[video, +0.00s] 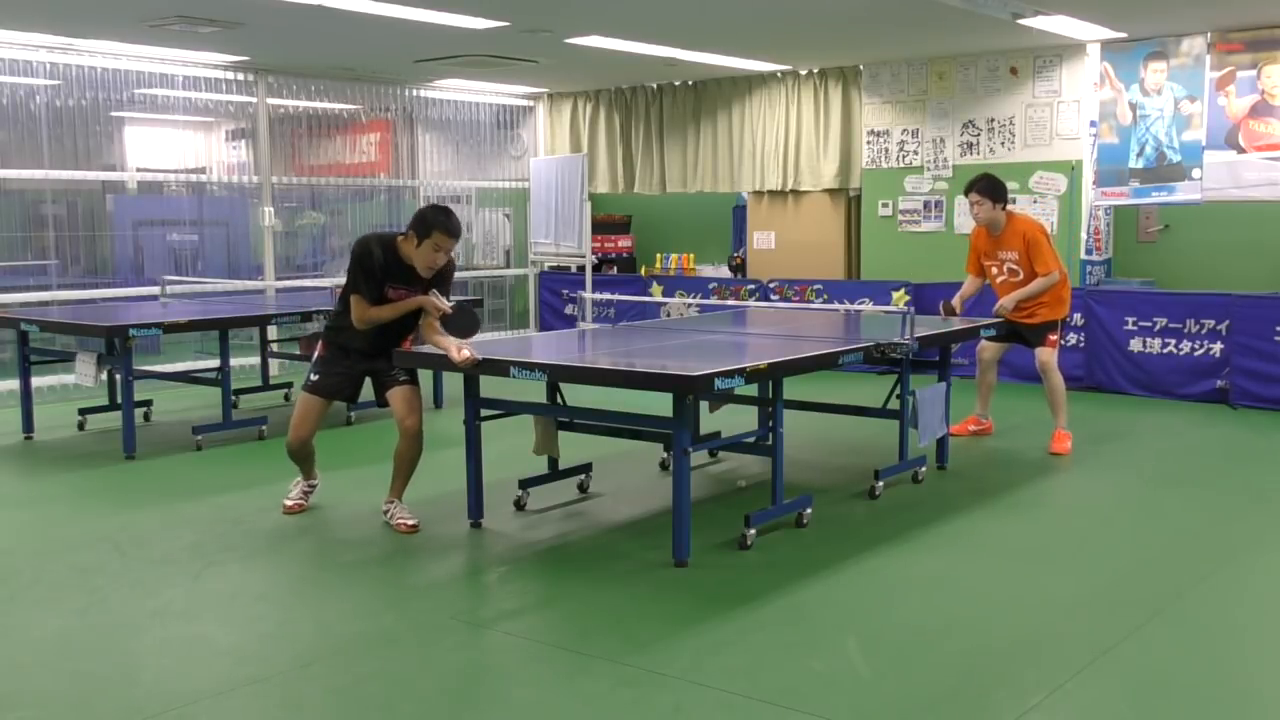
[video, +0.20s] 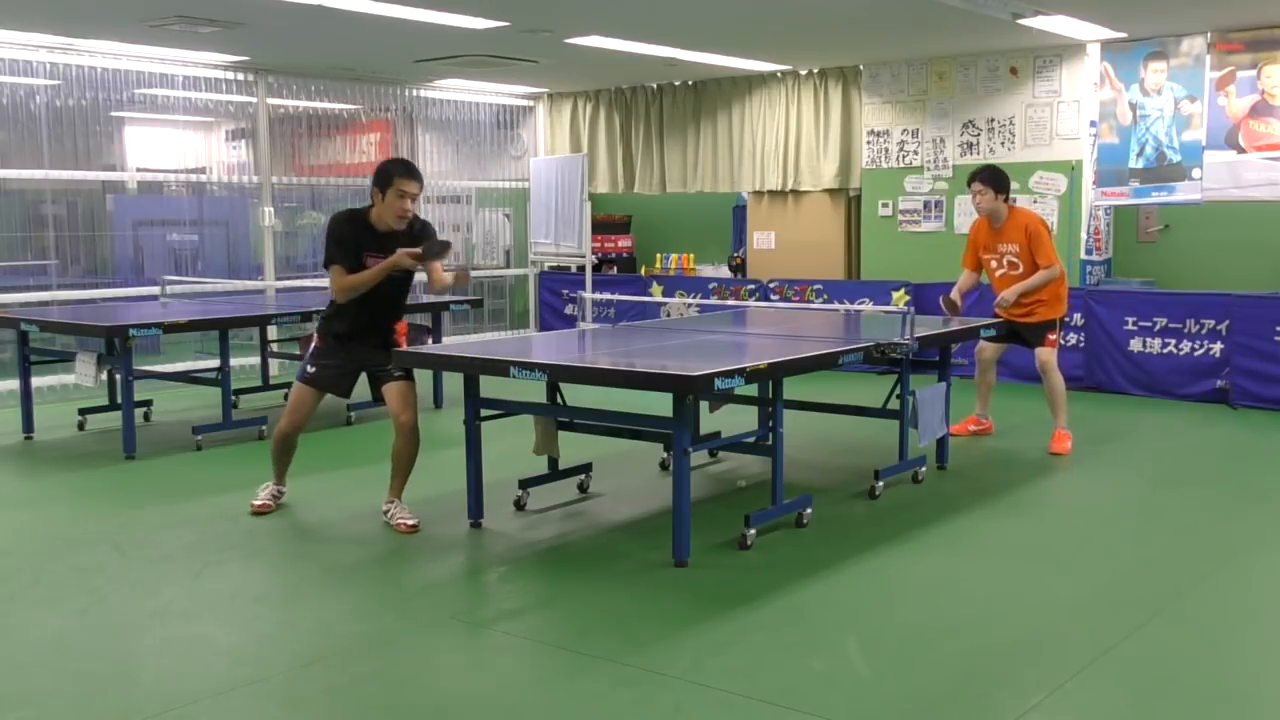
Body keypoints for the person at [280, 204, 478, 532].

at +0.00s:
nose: (442, 260)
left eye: (448, 253)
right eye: (437, 250)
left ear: (453, 251)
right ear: (411, 240)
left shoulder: (442, 269)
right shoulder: (370, 250)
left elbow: (428, 325)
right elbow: (361, 318)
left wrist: (451, 345)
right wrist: (420, 302)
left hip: (392, 350)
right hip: (343, 346)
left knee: (412, 426)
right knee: (296, 440)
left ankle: (393, 502)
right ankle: (309, 479)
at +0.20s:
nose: (410, 206)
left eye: (415, 198)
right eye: (402, 196)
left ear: (419, 200)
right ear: (378, 194)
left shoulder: (419, 232)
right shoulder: (344, 225)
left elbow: (436, 282)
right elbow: (340, 290)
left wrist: (453, 277)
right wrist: (391, 264)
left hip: (386, 338)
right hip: (337, 336)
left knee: (407, 421)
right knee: (287, 428)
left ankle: (394, 502)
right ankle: (277, 485)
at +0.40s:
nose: (364, 170)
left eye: (370, 163)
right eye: (356, 161)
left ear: (376, 170)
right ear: (334, 166)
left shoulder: (384, 203)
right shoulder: (310, 213)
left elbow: (422, 207)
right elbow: (295, 275)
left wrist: (425, 169)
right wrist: (324, 285)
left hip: (372, 324)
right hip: (325, 326)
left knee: (399, 414)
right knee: (285, 419)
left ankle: (394, 502)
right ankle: (275, 486)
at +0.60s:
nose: (327, 151)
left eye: (334, 146)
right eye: (318, 143)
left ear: (343, 157)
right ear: (301, 153)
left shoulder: (359, 193)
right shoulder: (284, 209)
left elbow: (411, 198)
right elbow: (273, 278)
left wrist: (417, 169)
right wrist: (256, 334)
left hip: (354, 318)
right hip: (305, 321)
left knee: (387, 408)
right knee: (278, 416)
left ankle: (394, 501)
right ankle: (273, 486)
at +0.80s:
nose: (307, 161)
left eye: (316, 155)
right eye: (300, 152)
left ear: (325, 165)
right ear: (284, 159)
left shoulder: (341, 201)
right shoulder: (266, 203)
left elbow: (394, 224)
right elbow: (252, 242)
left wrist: (407, 231)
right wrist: (210, 269)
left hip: (333, 320)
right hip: (284, 323)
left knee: (375, 401)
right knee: (268, 417)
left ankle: (391, 499)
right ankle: (273, 487)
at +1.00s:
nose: (338, 236)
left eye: (346, 228)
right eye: (332, 226)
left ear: (353, 222)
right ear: (311, 214)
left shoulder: (354, 247)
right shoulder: (274, 226)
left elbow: (374, 277)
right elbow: (223, 239)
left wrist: (371, 312)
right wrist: (191, 252)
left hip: (325, 338)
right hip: (275, 341)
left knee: (379, 405)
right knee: (266, 446)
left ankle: (330, 482)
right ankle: (276, 488)